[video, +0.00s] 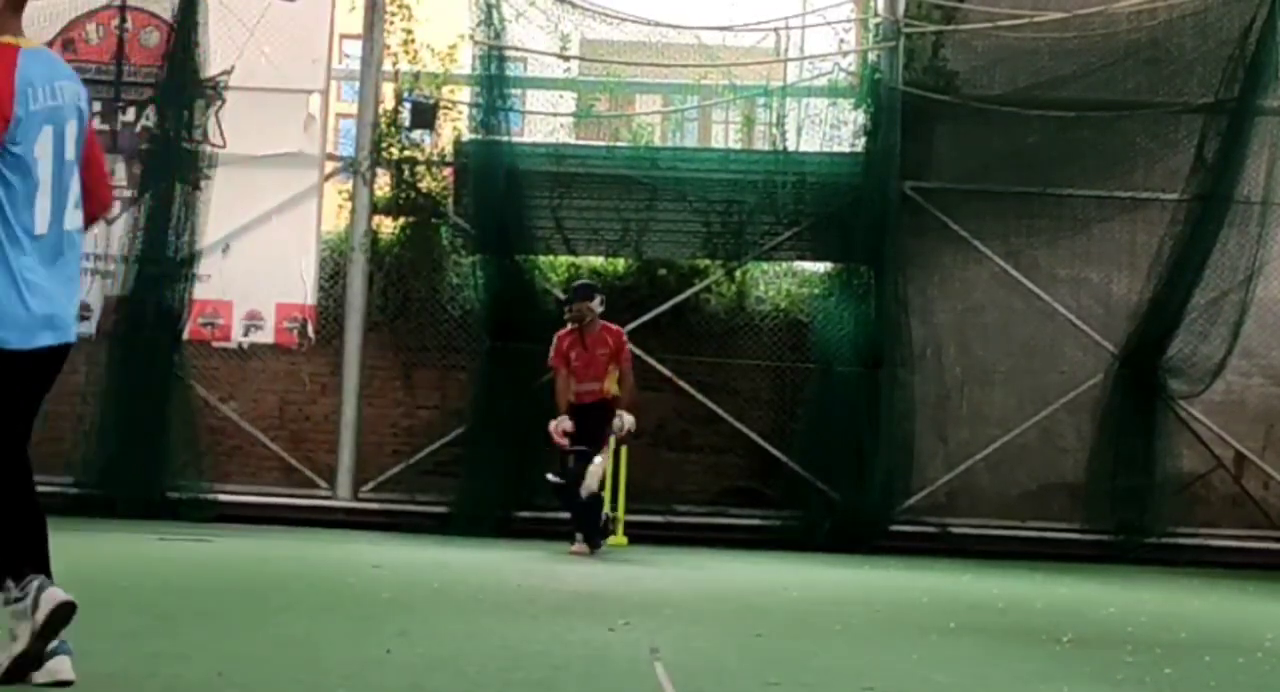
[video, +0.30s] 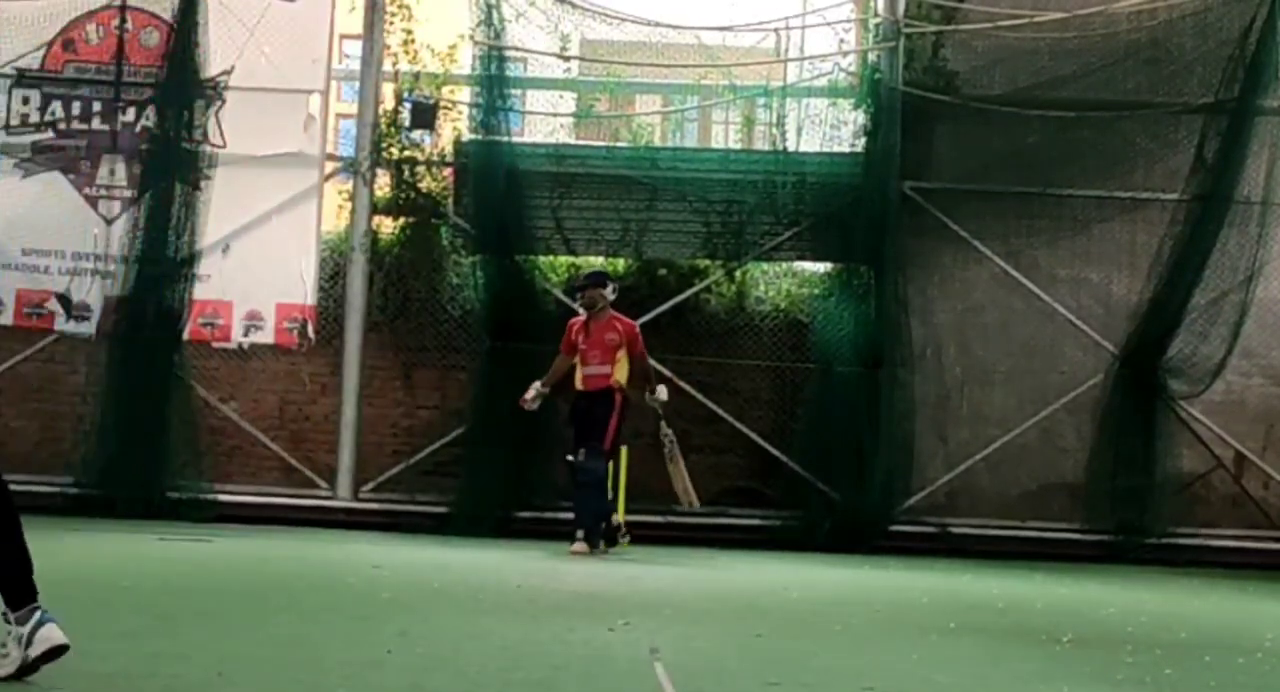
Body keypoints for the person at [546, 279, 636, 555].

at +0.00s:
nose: (578, 312)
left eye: (583, 306)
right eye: (574, 307)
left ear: (596, 306)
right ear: (569, 309)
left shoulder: (615, 335)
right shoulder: (563, 339)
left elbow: (626, 373)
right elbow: (561, 377)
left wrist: (623, 408)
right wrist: (563, 413)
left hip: (604, 403)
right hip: (576, 404)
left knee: (592, 467)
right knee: (572, 469)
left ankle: (586, 535)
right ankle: (589, 528)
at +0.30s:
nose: (586, 296)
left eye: (591, 290)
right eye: (583, 291)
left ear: (606, 292)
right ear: (581, 295)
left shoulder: (626, 327)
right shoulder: (576, 326)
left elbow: (641, 362)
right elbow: (565, 358)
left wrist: (651, 388)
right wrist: (542, 386)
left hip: (611, 393)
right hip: (584, 394)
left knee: (594, 459)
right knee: (581, 458)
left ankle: (586, 533)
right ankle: (609, 524)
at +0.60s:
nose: (601, 295)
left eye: (607, 290)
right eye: (599, 290)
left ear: (621, 294)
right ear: (596, 294)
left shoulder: (640, 324)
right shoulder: (591, 327)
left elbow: (654, 359)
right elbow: (586, 366)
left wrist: (662, 374)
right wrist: (573, 403)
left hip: (625, 392)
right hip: (597, 393)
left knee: (612, 458)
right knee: (601, 458)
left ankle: (601, 530)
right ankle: (614, 528)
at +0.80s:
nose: (632, 332)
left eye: (639, 327)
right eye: (628, 326)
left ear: (650, 330)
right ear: (623, 330)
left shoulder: (654, 355)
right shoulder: (636, 361)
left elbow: (660, 393)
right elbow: (651, 396)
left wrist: (651, 422)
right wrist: (648, 423)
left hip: (692, 409)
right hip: (673, 411)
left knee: (667, 470)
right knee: (656, 466)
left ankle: (669, 538)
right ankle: (662, 534)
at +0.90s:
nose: (633, 329)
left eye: (639, 324)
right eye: (629, 323)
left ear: (650, 327)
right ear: (624, 327)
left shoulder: (654, 354)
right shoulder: (637, 353)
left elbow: (662, 392)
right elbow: (653, 390)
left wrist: (651, 419)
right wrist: (644, 410)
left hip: (689, 409)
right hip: (670, 409)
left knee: (665, 470)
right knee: (651, 465)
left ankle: (669, 537)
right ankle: (651, 532)